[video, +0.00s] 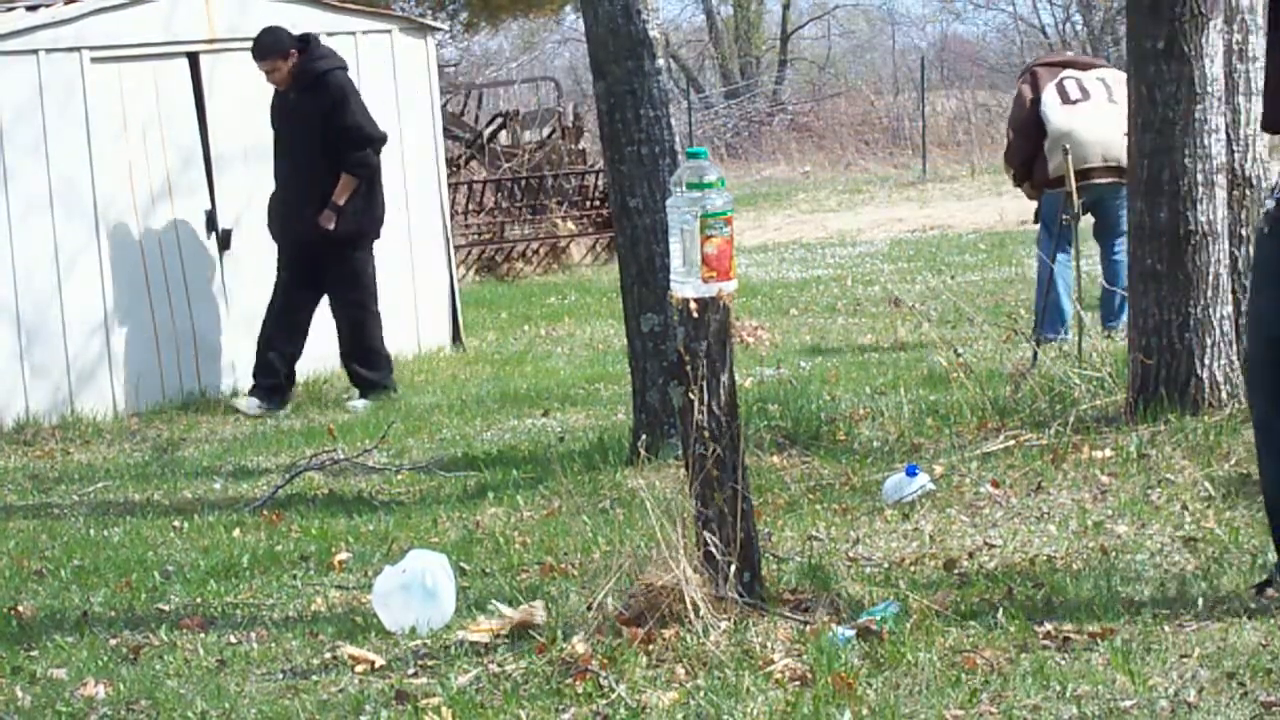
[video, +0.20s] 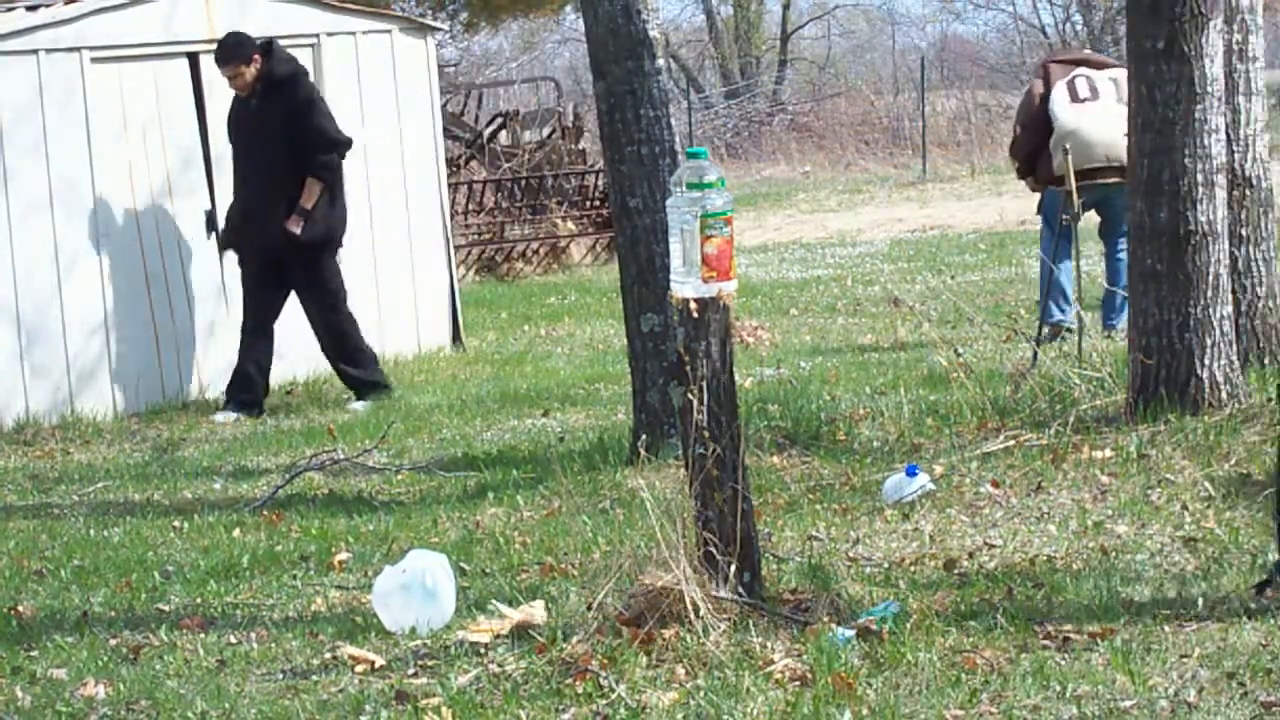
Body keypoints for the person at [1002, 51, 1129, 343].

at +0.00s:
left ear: (1043, 63)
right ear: (1082, 55)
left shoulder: (1034, 79)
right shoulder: (1115, 76)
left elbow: (1020, 134)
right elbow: (1136, 120)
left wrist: (1023, 177)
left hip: (1062, 173)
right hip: (1117, 167)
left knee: (1055, 248)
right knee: (1116, 243)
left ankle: (1053, 332)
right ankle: (1118, 324)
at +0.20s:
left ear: (1055, 62)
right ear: (1093, 56)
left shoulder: (1045, 81)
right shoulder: (1121, 76)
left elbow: (1025, 133)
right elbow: (1140, 120)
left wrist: (1028, 170)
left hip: (1066, 175)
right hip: (1121, 170)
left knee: (1056, 242)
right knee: (1119, 241)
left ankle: (1058, 320)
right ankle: (1118, 321)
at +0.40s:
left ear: (1061, 61)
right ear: (1099, 56)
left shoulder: (1048, 84)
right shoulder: (1123, 78)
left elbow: (1026, 140)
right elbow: (1142, 123)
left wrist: (1035, 173)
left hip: (1067, 177)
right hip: (1120, 173)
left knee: (1063, 245)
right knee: (1120, 244)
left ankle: (1064, 322)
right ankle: (1118, 321)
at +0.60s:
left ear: (1079, 49)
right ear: (1114, 53)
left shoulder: (1050, 78)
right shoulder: (1128, 75)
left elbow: (1028, 136)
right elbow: (1144, 124)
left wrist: (1037, 173)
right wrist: (1142, 167)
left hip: (1067, 177)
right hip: (1118, 173)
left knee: (1065, 250)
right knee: (1118, 245)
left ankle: (1064, 324)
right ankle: (1117, 323)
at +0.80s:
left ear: (1073, 48)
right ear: (1111, 50)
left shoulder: (1046, 73)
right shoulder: (1125, 71)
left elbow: (1023, 129)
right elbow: (1143, 122)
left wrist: (1031, 178)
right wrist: (1143, 169)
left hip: (1058, 178)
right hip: (1113, 174)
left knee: (1065, 251)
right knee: (1116, 247)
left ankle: (1072, 323)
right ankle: (1117, 323)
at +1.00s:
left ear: (1063, 49)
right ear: (1101, 50)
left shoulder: (1034, 75)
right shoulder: (1119, 72)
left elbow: (1012, 130)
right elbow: (1137, 122)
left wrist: (1020, 179)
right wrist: (1137, 167)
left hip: (1047, 173)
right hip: (1106, 167)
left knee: (1060, 246)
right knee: (1113, 238)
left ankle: (1071, 322)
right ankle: (1115, 313)